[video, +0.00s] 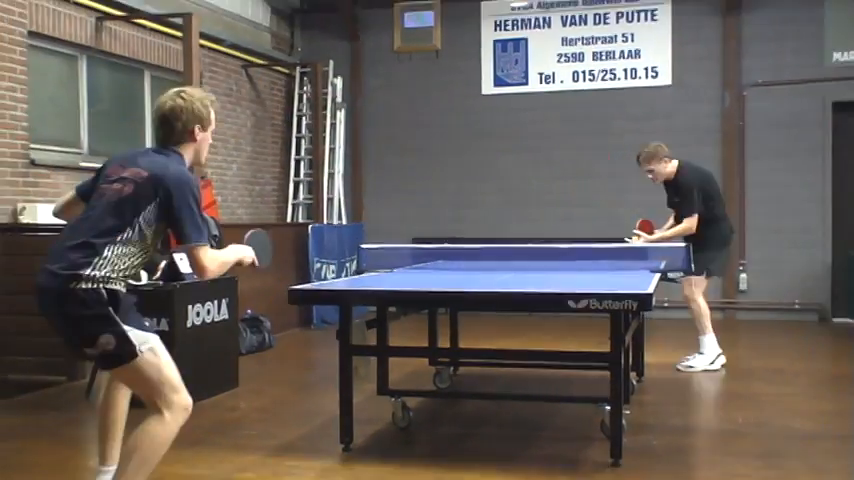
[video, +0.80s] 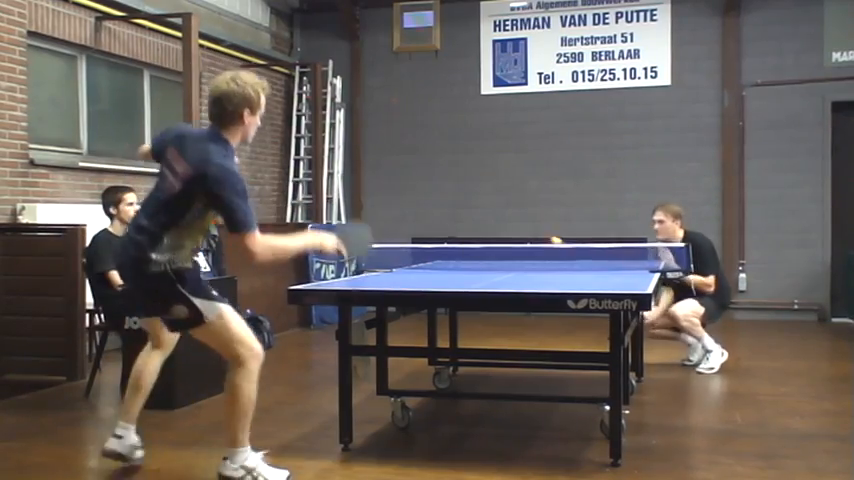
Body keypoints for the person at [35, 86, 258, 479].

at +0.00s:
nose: (212, 138)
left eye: (212, 130)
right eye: (211, 130)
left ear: (165, 128)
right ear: (197, 132)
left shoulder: (123, 160)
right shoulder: (177, 176)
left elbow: (66, 209)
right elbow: (207, 266)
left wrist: (125, 234)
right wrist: (238, 253)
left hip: (58, 285)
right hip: (94, 293)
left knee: (124, 369)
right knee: (175, 405)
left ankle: (107, 471)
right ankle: (124, 477)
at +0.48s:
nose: (220, 116)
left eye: (220, 108)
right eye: (219, 108)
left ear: (174, 108)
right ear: (206, 111)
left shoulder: (134, 147)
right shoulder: (193, 162)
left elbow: (80, 192)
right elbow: (240, 241)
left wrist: (126, 194)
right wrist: (269, 214)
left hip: (90, 276)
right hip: (126, 282)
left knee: (135, 373)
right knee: (173, 403)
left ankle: (103, 472)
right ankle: (123, 478)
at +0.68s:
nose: (245, 96)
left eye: (245, 88)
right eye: (244, 88)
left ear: (202, 86)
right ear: (229, 90)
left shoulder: (161, 115)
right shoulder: (210, 142)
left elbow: (111, 143)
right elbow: (254, 218)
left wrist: (157, 147)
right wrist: (299, 195)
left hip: (107, 250)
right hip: (146, 257)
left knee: (146, 344)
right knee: (217, 355)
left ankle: (105, 446)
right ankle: (166, 462)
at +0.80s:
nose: (259, 122)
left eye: (260, 114)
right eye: (259, 114)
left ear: (219, 110)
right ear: (246, 117)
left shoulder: (181, 134)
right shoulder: (223, 169)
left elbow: (144, 153)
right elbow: (257, 248)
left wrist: (185, 161)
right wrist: (313, 239)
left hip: (133, 260)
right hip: (169, 275)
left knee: (161, 340)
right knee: (248, 353)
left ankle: (123, 433)